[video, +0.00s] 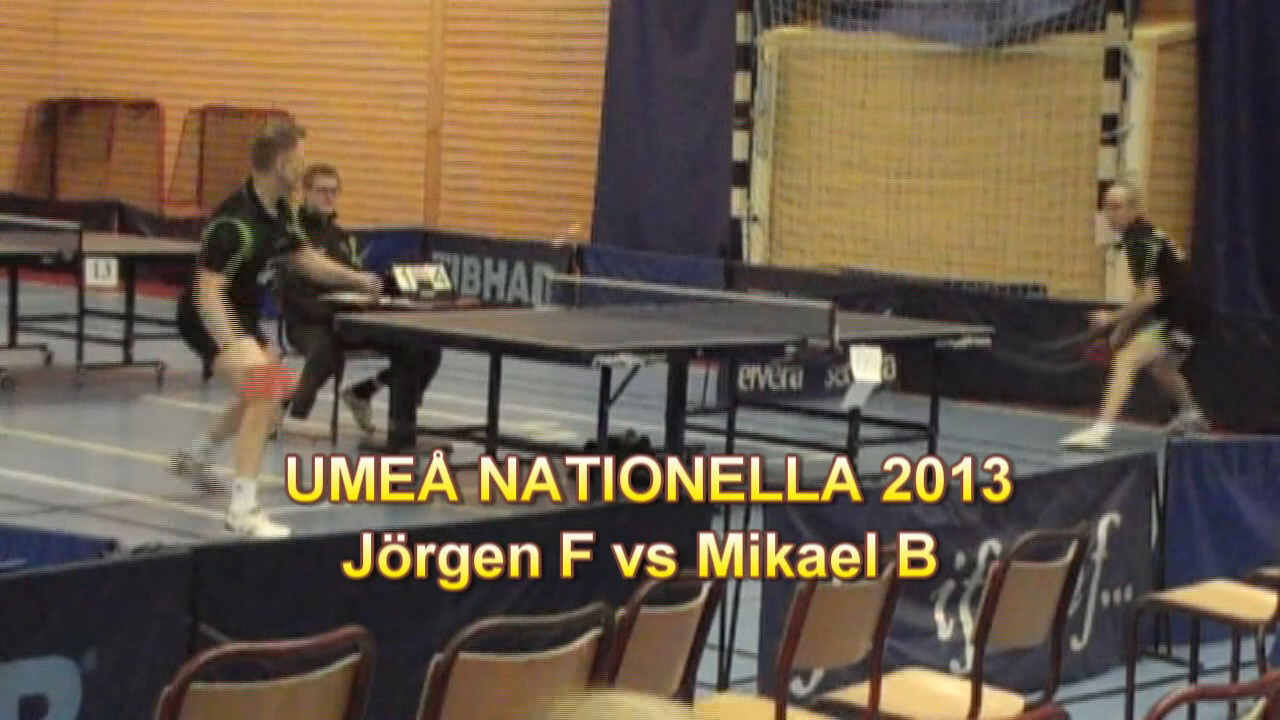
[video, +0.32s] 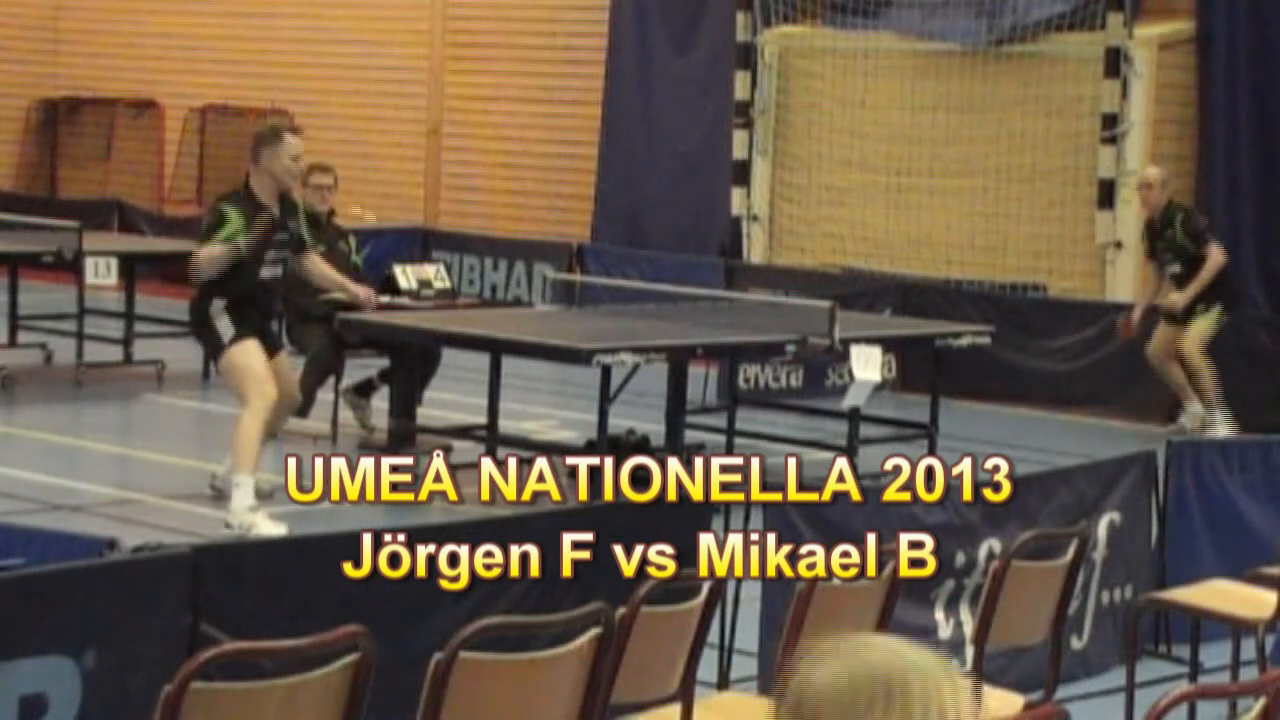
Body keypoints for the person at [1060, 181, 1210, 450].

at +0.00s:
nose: (1110, 215)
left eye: (1117, 207)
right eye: (1107, 208)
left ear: (1134, 209)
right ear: (1104, 210)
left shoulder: (1147, 241)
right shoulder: (1134, 239)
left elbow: (1151, 295)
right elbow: (1144, 295)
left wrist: (1114, 317)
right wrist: (1121, 329)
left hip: (1182, 316)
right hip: (1177, 313)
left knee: (1126, 360)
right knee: (1163, 367)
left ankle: (1102, 428)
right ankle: (1191, 413)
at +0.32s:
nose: (1144, 195)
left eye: (1150, 188)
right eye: (1141, 188)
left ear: (1164, 190)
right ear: (1139, 192)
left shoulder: (1185, 217)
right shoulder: (1151, 226)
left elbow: (1218, 255)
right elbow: (1156, 274)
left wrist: (1186, 294)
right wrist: (1140, 310)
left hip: (1214, 295)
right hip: (1181, 297)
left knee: (1190, 346)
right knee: (1157, 351)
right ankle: (1194, 410)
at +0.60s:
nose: (1184, 214)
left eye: (1189, 207)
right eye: (1179, 208)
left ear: (1202, 209)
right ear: (1173, 211)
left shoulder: (1224, 241)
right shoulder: (1176, 244)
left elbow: (1258, 277)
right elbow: (1176, 290)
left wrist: (1235, 317)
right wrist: (1161, 321)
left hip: (1243, 319)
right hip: (1201, 319)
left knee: (1271, 371)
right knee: (1165, 350)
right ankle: (1164, 411)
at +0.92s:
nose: (1253, 227)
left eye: (1259, 220)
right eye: (1250, 220)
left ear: (1275, 223)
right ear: (1244, 224)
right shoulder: (1241, 256)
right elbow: (1231, 306)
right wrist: (1248, 351)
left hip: (1274, 311)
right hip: (1250, 309)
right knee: (1201, 344)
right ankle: (1195, 413)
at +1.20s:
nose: (1242, 229)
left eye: (1249, 223)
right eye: (1239, 222)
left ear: (1268, 224)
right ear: (1235, 224)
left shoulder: (1275, 258)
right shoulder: (1230, 256)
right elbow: (1195, 288)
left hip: (1270, 328)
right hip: (1233, 325)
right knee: (1188, 342)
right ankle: (1181, 423)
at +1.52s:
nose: (1260, 217)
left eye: (1268, 211)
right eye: (1259, 209)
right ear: (1255, 212)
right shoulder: (1246, 247)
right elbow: (1212, 279)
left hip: (1275, 322)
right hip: (1250, 319)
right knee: (1207, 358)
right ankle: (1185, 422)